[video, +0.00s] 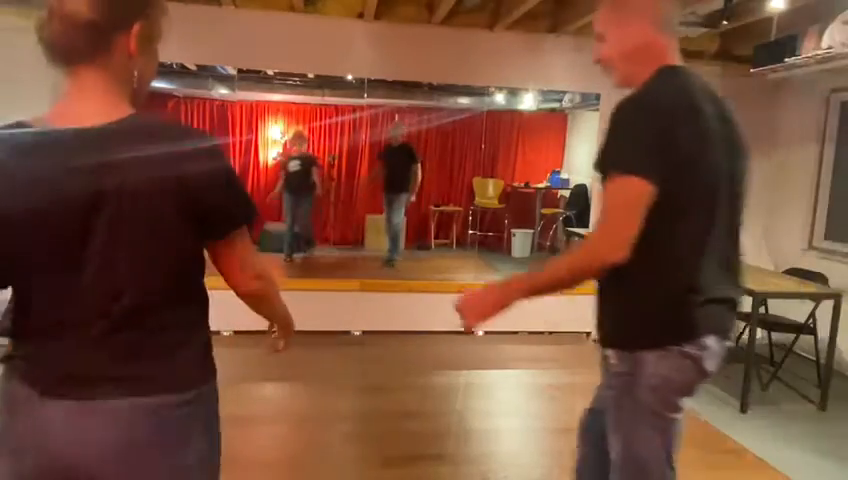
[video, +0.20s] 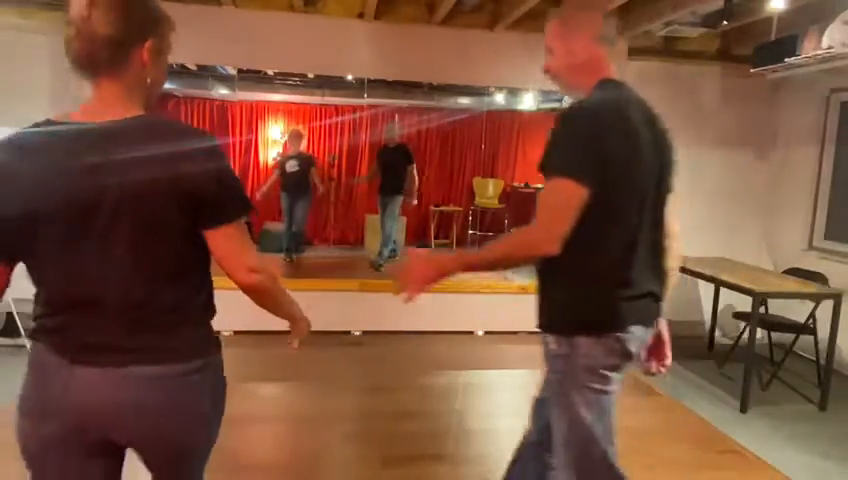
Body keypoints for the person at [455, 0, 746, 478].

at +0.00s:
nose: (597, 54)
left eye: (602, 37)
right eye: (597, 39)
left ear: (641, 33)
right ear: (651, 35)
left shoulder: (648, 108)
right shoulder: (710, 106)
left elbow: (612, 243)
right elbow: (702, 232)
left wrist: (505, 291)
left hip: (655, 342)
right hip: (696, 332)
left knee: (640, 471)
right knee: (598, 440)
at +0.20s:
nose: (545, 66)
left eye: (552, 52)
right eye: (545, 53)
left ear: (584, 49)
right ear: (595, 51)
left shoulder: (588, 118)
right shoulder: (647, 120)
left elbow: (546, 237)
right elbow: (665, 237)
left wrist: (444, 263)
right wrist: (655, 313)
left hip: (587, 330)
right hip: (626, 322)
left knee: (587, 467)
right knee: (541, 453)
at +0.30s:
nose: (522, 66)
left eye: (528, 52)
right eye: (522, 53)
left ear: (559, 47)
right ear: (567, 50)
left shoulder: (561, 118)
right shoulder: (618, 120)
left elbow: (522, 230)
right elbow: (626, 226)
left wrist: (430, 255)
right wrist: (621, 305)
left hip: (555, 314)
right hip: (594, 309)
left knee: (536, 455)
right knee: (520, 445)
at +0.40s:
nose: (502, 68)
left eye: (506, 54)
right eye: (502, 55)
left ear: (532, 47)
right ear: (545, 49)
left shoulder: (538, 121)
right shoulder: (595, 119)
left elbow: (501, 224)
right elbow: (605, 221)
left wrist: (411, 253)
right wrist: (590, 293)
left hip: (531, 300)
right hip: (576, 297)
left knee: (491, 418)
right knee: (531, 418)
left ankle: (520, 474)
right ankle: (519, 474)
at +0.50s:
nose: (486, 68)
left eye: (491, 56)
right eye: (486, 57)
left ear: (516, 52)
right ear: (530, 54)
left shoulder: (519, 118)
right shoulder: (572, 118)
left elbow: (482, 220)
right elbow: (557, 209)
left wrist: (396, 252)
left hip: (512, 292)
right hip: (559, 289)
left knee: (468, 405)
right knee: (518, 414)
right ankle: (512, 478)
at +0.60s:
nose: (471, 73)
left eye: (474, 61)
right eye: (471, 62)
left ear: (497, 59)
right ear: (516, 60)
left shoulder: (499, 122)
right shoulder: (555, 121)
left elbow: (464, 219)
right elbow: (550, 210)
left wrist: (381, 252)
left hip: (497, 287)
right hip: (547, 285)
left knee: (445, 402)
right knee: (513, 415)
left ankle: (430, 477)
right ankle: (506, 479)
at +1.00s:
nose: (411, 77)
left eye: (415, 69)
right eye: (412, 69)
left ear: (434, 68)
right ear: (454, 69)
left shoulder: (434, 131)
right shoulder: (486, 126)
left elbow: (412, 218)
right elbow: (482, 204)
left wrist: (355, 249)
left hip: (436, 274)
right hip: (483, 271)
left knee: (417, 370)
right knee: (476, 384)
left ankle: (396, 460)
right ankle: (490, 475)